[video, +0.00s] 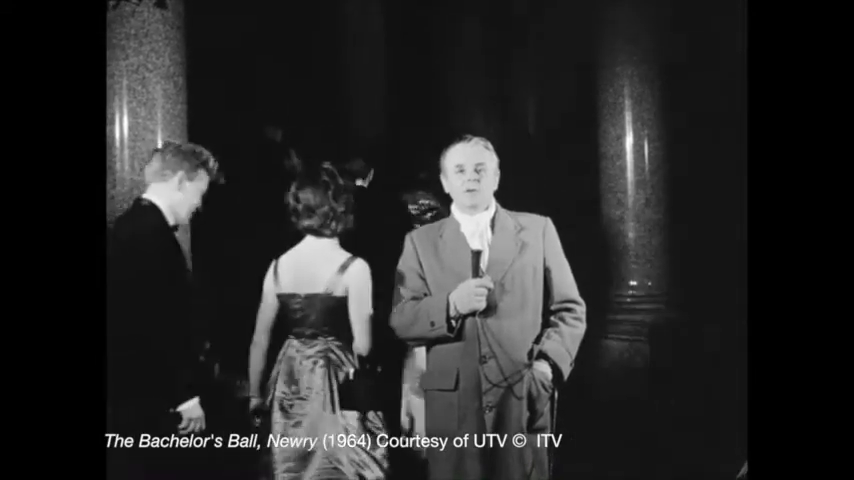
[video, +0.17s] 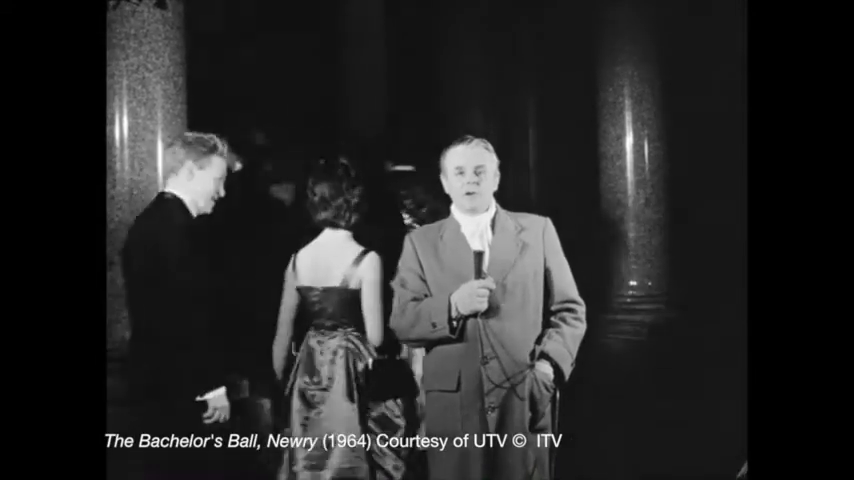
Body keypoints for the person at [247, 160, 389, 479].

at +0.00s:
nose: (351, 212)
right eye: (346, 205)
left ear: (297, 212)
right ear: (340, 212)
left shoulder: (278, 267)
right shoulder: (354, 268)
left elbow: (261, 338)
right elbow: (362, 345)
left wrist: (254, 394)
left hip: (289, 378)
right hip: (335, 380)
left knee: (290, 462)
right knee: (336, 462)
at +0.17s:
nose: (361, 202)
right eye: (358, 196)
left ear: (314, 204)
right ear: (355, 203)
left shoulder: (298, 260)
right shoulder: (366, 260)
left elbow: (283, 335)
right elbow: (375, 336)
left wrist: (284, 381)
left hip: (307, 371)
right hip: (350, 373)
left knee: (308, 456)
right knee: (351, 456)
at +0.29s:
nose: (371, 202)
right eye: (368, 195)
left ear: (327, 204)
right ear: (364, 202)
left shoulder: (313, 257)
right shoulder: (376, 257)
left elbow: (299, 325)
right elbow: (385, 331)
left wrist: (308, 360)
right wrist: (396, 360)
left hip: (323, 356)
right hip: (363, 358)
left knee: (326, 441)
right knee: (366, 443)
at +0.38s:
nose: (387, 206)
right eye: (382, 200)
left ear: (340, 205)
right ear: (377, 206)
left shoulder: (321, 254)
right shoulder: (384, 254)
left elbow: (309, 314)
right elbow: (391, 318)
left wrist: (320, 344)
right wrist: (400, 350)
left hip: (333, 346)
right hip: (371, 347)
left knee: (334, 425)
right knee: (373, 425)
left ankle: (337, 469)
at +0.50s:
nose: (399, 207)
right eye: (395, 201)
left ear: (352, 206)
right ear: (392, 206)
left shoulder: (334, 257)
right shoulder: (400, 255)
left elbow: (327, 305)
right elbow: (409, 307)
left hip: (347, 347)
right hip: (387, 348)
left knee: (349, 427)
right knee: (386, 426)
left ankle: (349, 469)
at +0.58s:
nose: (405, 209)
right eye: (403, 203)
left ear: (362, 206)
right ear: (401, 206)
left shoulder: (344, 259)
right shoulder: (410, 252)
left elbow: (345, 306)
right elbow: (418, 303)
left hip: (358, 347)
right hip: (399, 345)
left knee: (362, 423)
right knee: (401, 423)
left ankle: (361, 469)